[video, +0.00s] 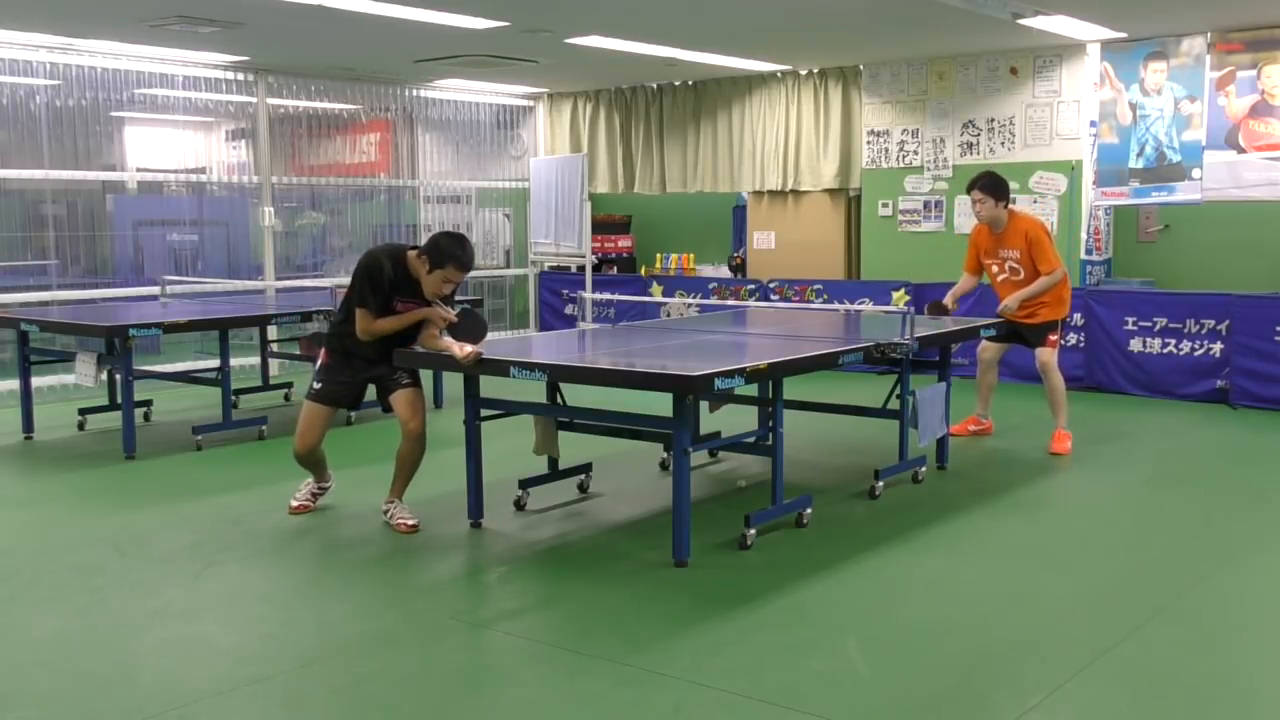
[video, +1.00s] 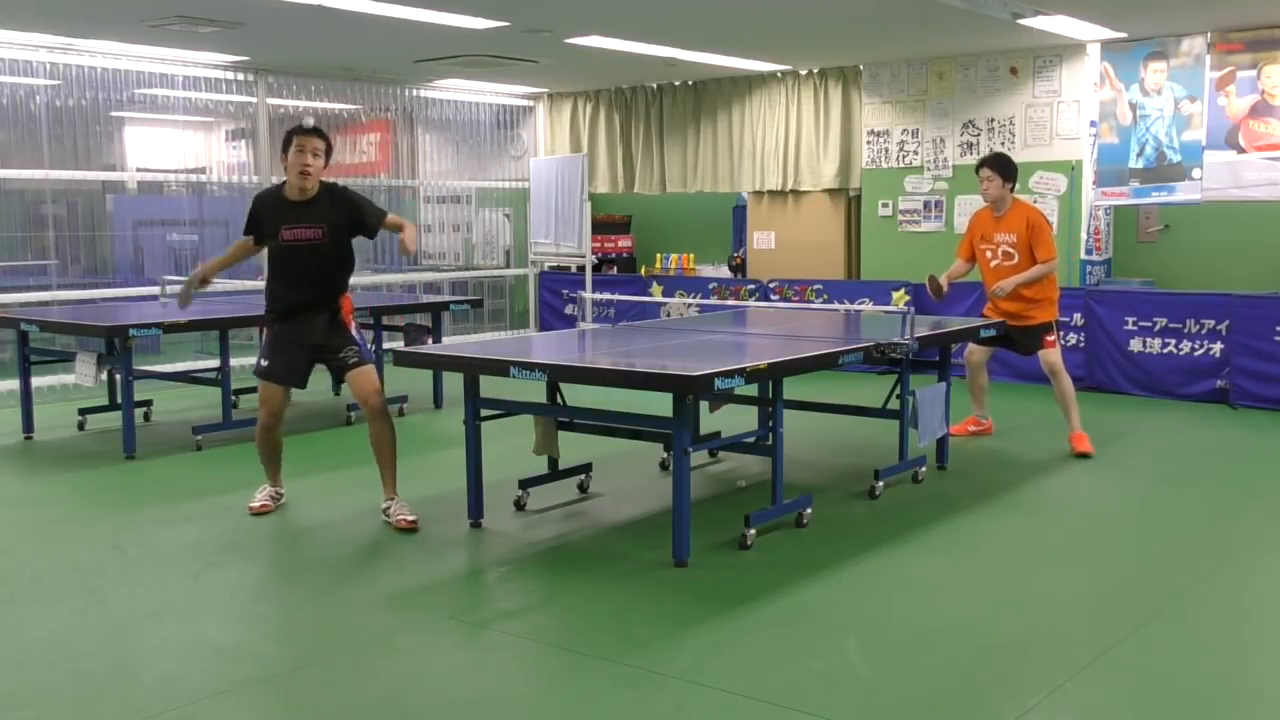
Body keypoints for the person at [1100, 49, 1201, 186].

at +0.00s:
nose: (1158, 77)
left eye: (1162, 72)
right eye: (1154, 71)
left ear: (1167, 73)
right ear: (1143, 72)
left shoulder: (1173, 89)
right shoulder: (1135, 91)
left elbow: (1198, 105)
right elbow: (1125, 120)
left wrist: (1191, 107)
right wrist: (1120, 95)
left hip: (1171, 162)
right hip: (1141, 164)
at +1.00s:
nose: (1158, 77)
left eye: (1162, 72)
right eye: (1154, 71)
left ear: (1167, 73)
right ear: (1143, 72)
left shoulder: (1173, 89)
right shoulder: (1134, 91)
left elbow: (1198, 106)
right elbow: (1125, 121)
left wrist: (1191, 107)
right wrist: (1121, 95)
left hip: (1171, 162)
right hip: (1141, 164)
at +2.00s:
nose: (1158, 76)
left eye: (1162, 71)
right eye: (1154, 71)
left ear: (1167, 72)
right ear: (1143, 71)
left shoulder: (1173, 88)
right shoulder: (1135, 90)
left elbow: (1198, 105)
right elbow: (1125, 120)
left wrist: (1191, 106)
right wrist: (1121, 94)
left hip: (1171, 161)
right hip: (1141, 163)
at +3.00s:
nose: (1158, 76)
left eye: (1162, 71)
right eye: (1154, 71)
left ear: (1167, 72)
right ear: (1143, 72)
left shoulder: (1173, 89)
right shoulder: (1134, 90)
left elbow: (1199, 105)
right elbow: (1125, 120)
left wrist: (1191, 106)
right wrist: (1120, 94)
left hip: (1171, 161)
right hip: (1141, 163)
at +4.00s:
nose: (1158, 76)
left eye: (1162, 71)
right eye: (1154, 71)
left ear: (1167, 72)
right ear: (1143, 71)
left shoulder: (1173, 89)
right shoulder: (1134, 90)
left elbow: (1199, 105)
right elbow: (1125, 120)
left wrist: (1191, 106)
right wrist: (1120, 93)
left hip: (1171, 159)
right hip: (1141, 162)